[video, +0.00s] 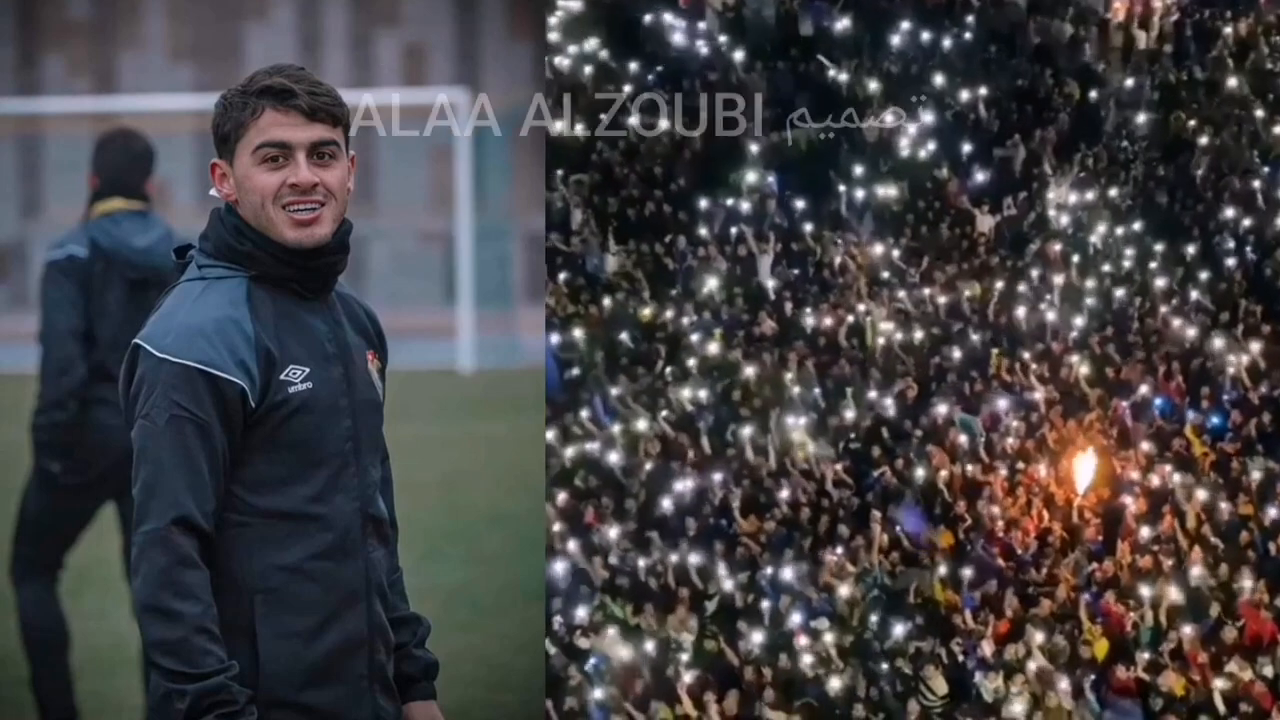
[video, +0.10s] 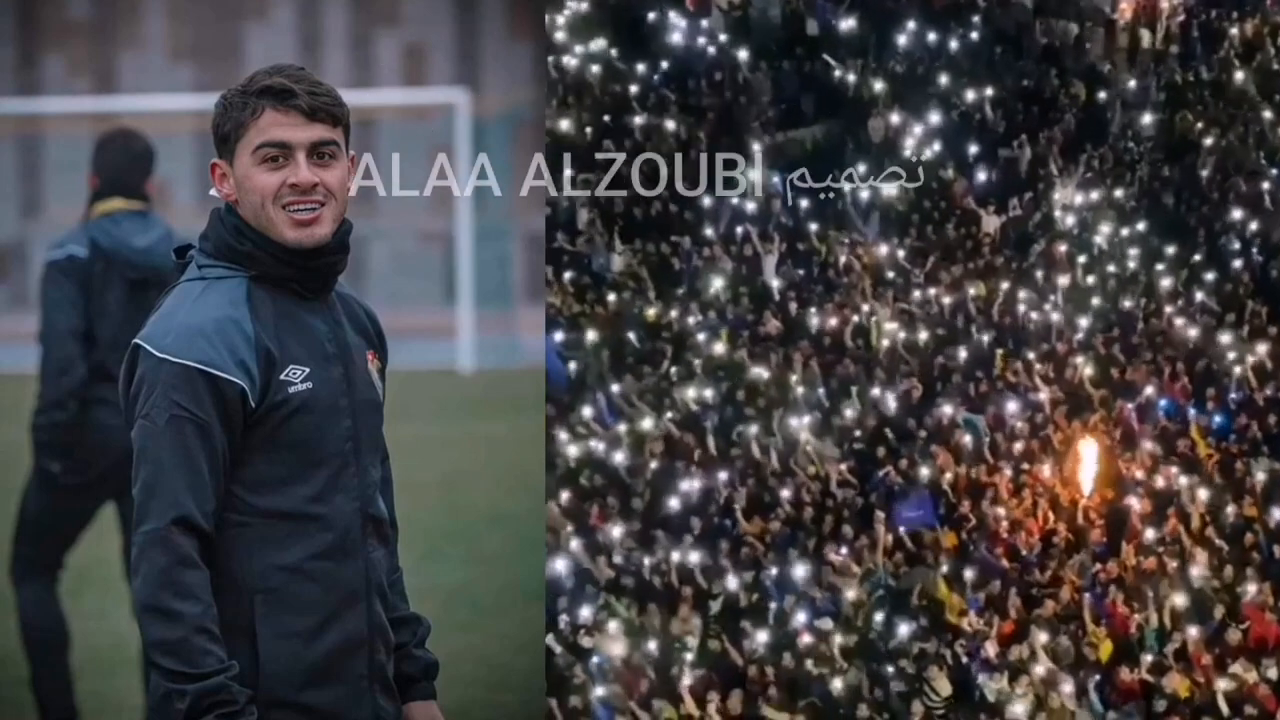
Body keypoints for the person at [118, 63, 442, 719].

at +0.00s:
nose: (305, 178)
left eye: (322, 155)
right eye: (274, 158)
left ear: (350, 171)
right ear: (226, 182)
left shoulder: (356, 323)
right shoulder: (194, 335)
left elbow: (372, 524)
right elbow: (164, 552)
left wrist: (414, 684)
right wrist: (213, 705)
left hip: (365, 690)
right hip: (259, 692)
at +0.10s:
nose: (304, 178)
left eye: (322, 156)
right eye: (274, 158)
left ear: (350, 173)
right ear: (226, 182)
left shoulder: (356, 323)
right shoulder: (195, 334)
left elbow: (373, 525)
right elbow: (164, 551)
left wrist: (414, 684)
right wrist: (213, 705)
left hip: (365, 690)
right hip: (259, 691)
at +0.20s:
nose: (305, 178)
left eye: (322, 155)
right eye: (274, 158)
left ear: (350, 170)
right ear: (226, 181)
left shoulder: (356, 323)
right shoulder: (195, 335)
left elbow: (373, 525)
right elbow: (164, 551)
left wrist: (414, 684)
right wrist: (213, 705)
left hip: (365, 690)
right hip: (259, 692)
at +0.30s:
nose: (305, 178)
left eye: (322, 155)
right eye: (274, 158)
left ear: (350, 170)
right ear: (226, 181)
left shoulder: (356, 322)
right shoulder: (195, 335)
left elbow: (372, 524)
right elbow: (164, 551)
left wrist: (414, 684)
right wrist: (213, 705)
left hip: (364, 690)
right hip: (259, 691)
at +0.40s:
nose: (305, 178)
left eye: (322, 155)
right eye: (274, 158)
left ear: (350, 170)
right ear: (226, 182)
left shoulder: (350, 320)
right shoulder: (195, 334)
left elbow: (372, 524)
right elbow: (164, 551)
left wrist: (414, 684)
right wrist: (213, 705)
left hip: (364, 690)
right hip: (260, 691)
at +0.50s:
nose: (305, 178)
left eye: (322, 155)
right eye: (274, 158)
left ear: (350, 171)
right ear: (226, 182)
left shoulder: (352, 319)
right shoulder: (195, 334)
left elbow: (372, 524)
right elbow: (164, 551)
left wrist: (414, 684)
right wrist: (213, 705)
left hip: (364, 690)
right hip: (260, 692)